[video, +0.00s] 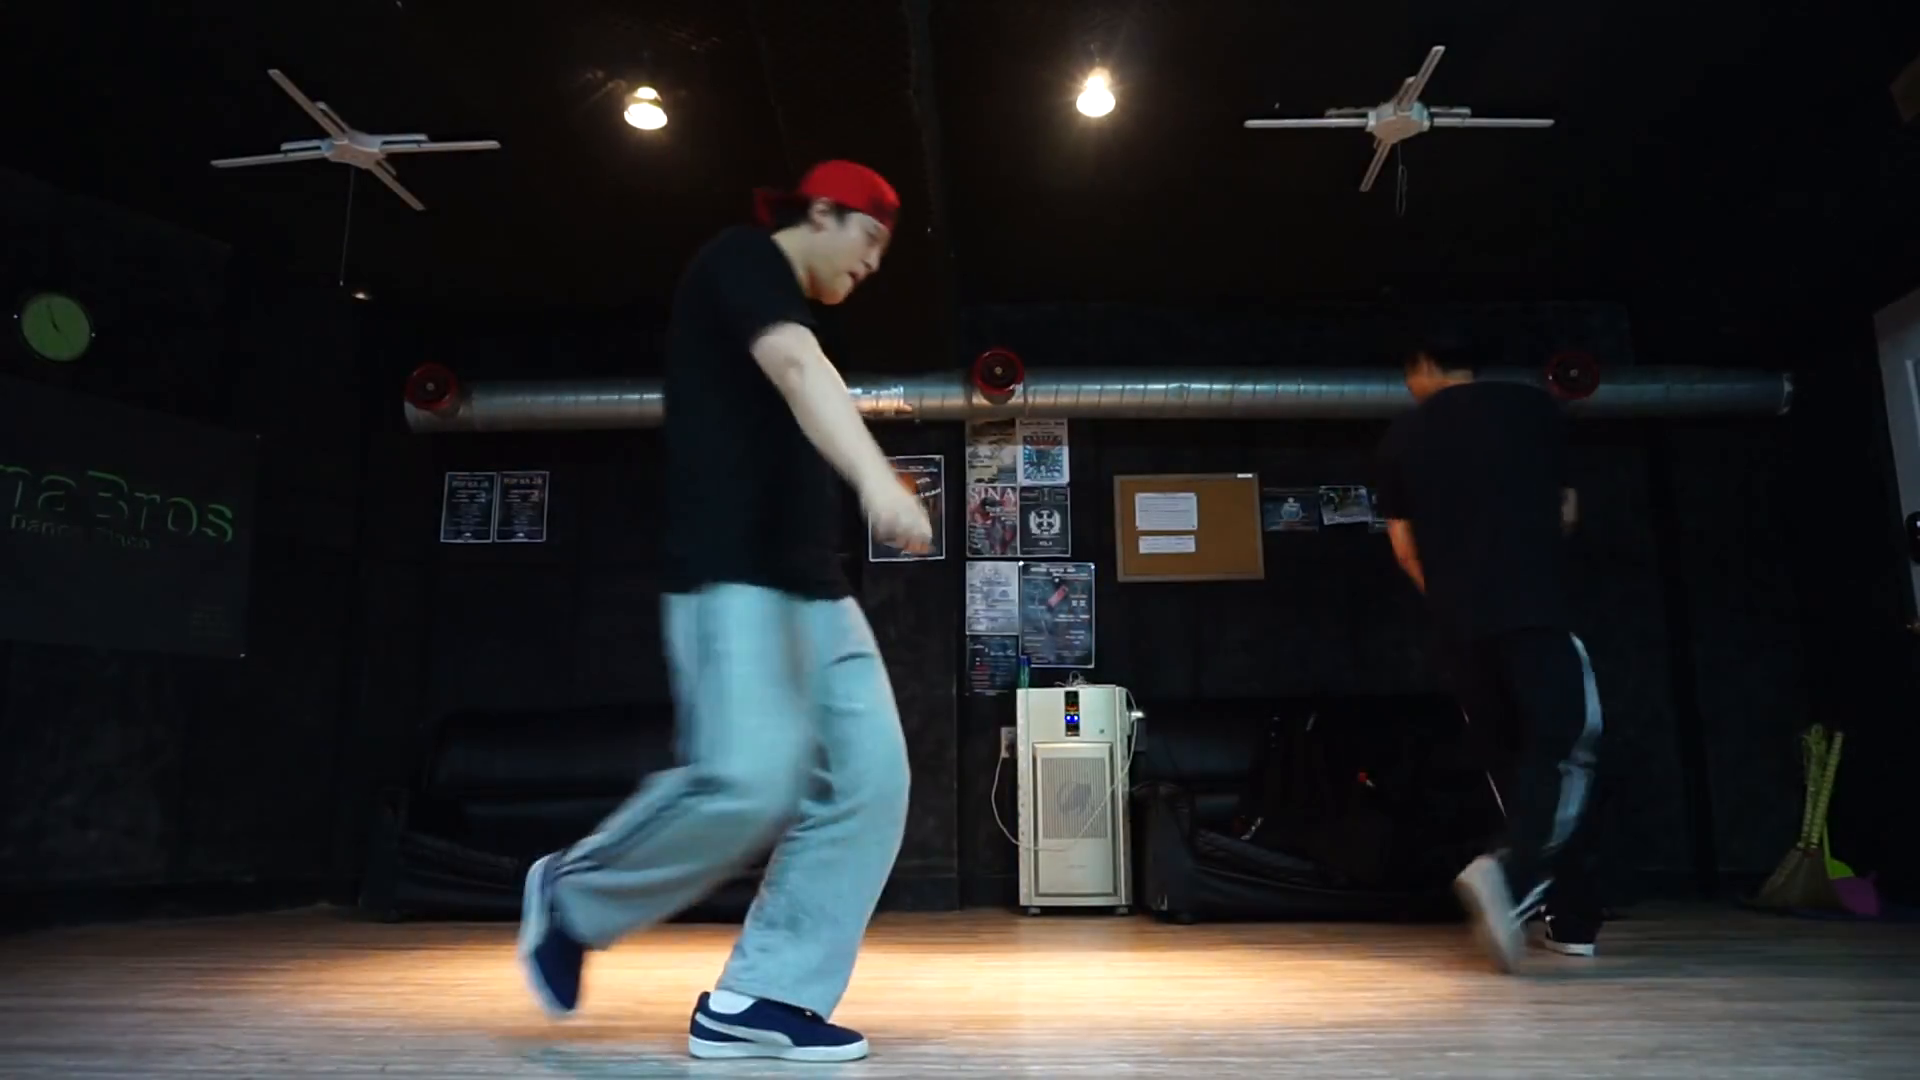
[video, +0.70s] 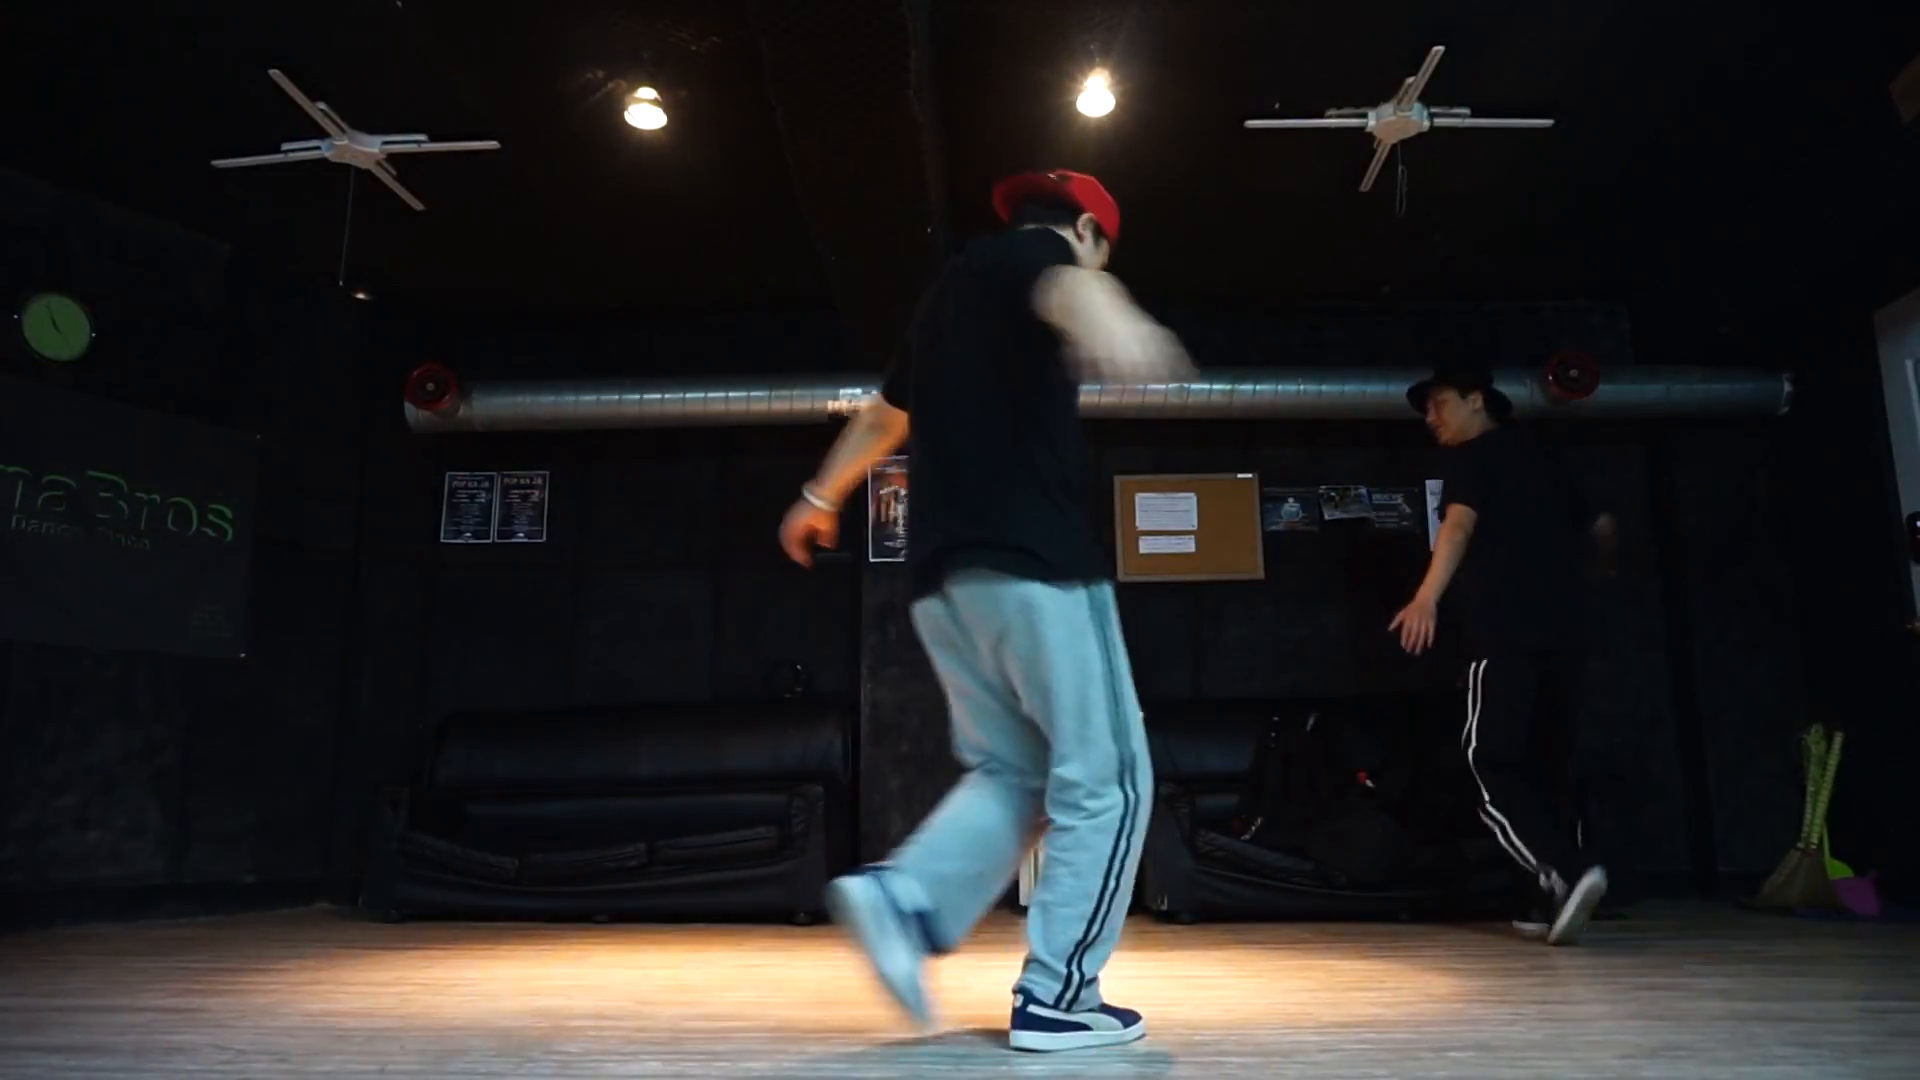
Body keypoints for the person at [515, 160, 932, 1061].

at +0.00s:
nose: (870, 266)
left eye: (877, 253)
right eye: (868, 244)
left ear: (838, 232)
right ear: (823, 216)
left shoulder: (793, 317)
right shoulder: (741, 259)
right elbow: (798, 367)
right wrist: (878, 481)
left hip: (814, 589)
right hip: (729, 583)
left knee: (867, 788)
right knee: (750, 782)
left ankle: (760, 1001)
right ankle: (569, 900)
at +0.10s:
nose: (891, 260)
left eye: (901, 247)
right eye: (893, 238)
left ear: (860, 220)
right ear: (854, 208)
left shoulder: (804, 293)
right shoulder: (773, 259)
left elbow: (769, 446)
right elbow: (802, 390)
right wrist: (860, 520)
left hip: (800, 576)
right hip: (781, 574)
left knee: (877, 769)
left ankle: (767, 1001)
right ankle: (662, 891)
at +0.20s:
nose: (919, 239)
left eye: (927, 225)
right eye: (923, 218)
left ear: (879, 186)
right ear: (891, 186)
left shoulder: (797, 259)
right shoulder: (817, 246)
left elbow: (753, 426)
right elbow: (802, 375)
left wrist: (737, 554)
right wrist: (813, 518)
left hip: (782, 557)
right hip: (849, 548)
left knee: (849, 768)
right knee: (973, 702)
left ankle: (755, 997)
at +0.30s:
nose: (955, 214)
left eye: (964, 198)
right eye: (960, 192)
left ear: (909, 160)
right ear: (930, 162)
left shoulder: (830, 234)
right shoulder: (864, 222)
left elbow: (768, 393)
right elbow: (824, 336)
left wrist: (739, 515)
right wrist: (783, 464)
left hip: (809, 528)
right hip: (878, 523)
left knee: (831, 761)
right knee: (1004, 709)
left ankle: (748, 994)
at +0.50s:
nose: (1038, 223)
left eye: (1043, 205)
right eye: (1039, 202)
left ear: (974, 181)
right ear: (1011, 181)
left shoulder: (927, 257)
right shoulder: (965, 229)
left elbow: (831, 382)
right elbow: (907, 294)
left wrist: (767, 478)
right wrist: (861, 353)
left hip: (872, 555)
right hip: (956, 554)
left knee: (869, 771)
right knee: (1035, 767)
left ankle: (750, 988)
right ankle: (1055, 994)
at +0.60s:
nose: (1080, 252)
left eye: (1084, 237)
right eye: (1081, 232)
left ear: (1003, 204)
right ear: (1055, 208)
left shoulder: (938, 275)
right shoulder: (1013, 252)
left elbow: (858, 395)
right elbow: (974, 303)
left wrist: (789, 475)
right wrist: (960, 340)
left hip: (912, 575)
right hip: (1004, 569)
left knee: (949, 787)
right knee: (1073, 777)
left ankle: (810, 944)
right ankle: (1057, 999)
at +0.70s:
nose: (1100, 258)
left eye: (1102, 248)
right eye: (1099, 246)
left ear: (1019, 219)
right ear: (1078, 228)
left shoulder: (945, 296)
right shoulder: (1043, 257)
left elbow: (885, 417)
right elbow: (1095, 320)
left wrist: (821, 497)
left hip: (943, 580)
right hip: (1036, 569)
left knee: (1008, 772)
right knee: (1106, 782)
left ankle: (903, 901)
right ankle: (1057, 1000)